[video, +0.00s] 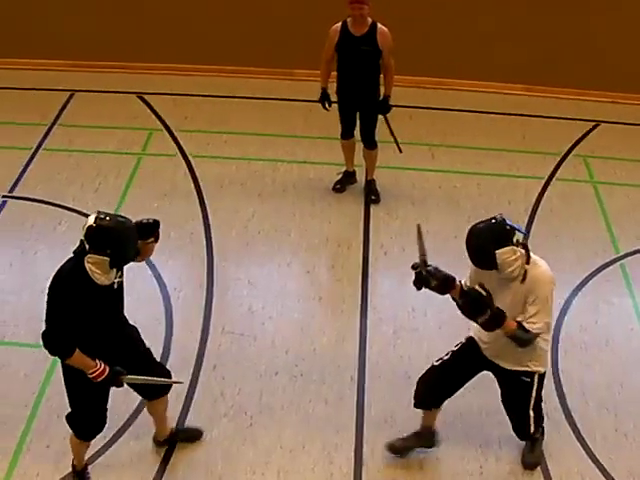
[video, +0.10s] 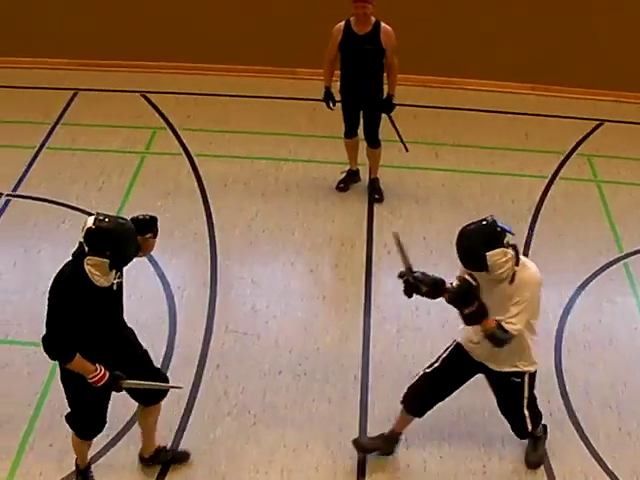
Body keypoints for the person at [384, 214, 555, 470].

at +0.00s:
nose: (483, 270)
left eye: (487, 265)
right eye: (481, 264)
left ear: (507, 257)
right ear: (482, 259)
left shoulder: (539, 277)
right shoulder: (484, 265)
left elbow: (527, 338)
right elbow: (476, 306)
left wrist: (490, 316)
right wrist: (449, 286)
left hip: (522, 362)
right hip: (483, 344)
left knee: (526, 424)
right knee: (431, 385)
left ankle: (534, 439)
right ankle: (426, 433)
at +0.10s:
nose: (474, 273)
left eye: (478, 268)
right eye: (471, 268)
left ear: (495, 258)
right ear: (475, 263)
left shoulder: (528, 277)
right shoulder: (479, 267)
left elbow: (503, 338)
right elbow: (463, 293)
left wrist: (473, 308)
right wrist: (432, 287)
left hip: (512, 362)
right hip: (472, 348)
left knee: (522, 423)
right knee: (421, 392)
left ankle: (538, 434)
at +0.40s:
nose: (446, 261)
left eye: (452, 257)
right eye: (445, 256)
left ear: (473, 246)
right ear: (450, 251)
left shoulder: (502, 263)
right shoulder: (449, 255)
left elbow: (475, 325)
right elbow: (435, 278)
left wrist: (440, 300)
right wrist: (404, 276)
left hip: (493, 340)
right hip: (453, 326)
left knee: (499, 408)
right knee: (408, 379)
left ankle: (521, 412)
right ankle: (402, 423)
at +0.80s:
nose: (466, 229)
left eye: (471, 225)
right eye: (463, 224)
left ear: (490, 215)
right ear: (472, 218)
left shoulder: (524, 233)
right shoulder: (472, 219)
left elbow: (491, 293)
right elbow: (449, 244)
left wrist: (457, 262)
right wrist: (418, 253)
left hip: (506, 311)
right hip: (464, 295)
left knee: (511, 376)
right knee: (414, 344)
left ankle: (522, 386)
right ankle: (402, 385)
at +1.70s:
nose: (453, 233)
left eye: (457, 228)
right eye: (451, 227)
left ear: (474, 221)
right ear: (466, 220)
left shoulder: (512, 245)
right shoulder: (461, 226)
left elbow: (488, 309)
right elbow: (450, 260)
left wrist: (462, 276)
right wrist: (439, 275)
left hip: (488, 325)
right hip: (446, 303)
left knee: (491, 393)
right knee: (399, 344)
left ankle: (509, 396)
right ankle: (366, 390)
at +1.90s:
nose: (422, 241)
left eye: (425, 236)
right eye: (420, 236)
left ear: (445, 230)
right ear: (434, 230)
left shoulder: (478, 253)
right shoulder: (433, 233)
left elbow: (447, 314)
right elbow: (417, 262)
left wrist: (423, 282)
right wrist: (404, 277)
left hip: (456, 332)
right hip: (417, 309)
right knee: (366, 354)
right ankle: (353, 396)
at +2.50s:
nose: (385, 259)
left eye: (387, 253)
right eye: (383, 255)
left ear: (407, 243)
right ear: (396, 247)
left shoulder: (444, 261)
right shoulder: (399, 251)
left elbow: (426, 328)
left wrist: (392, 299)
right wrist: (383, 289)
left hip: (445, 337)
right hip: (403, 319)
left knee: (471, 400)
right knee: (340, 357)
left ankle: (503, 395)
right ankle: (333, 394)